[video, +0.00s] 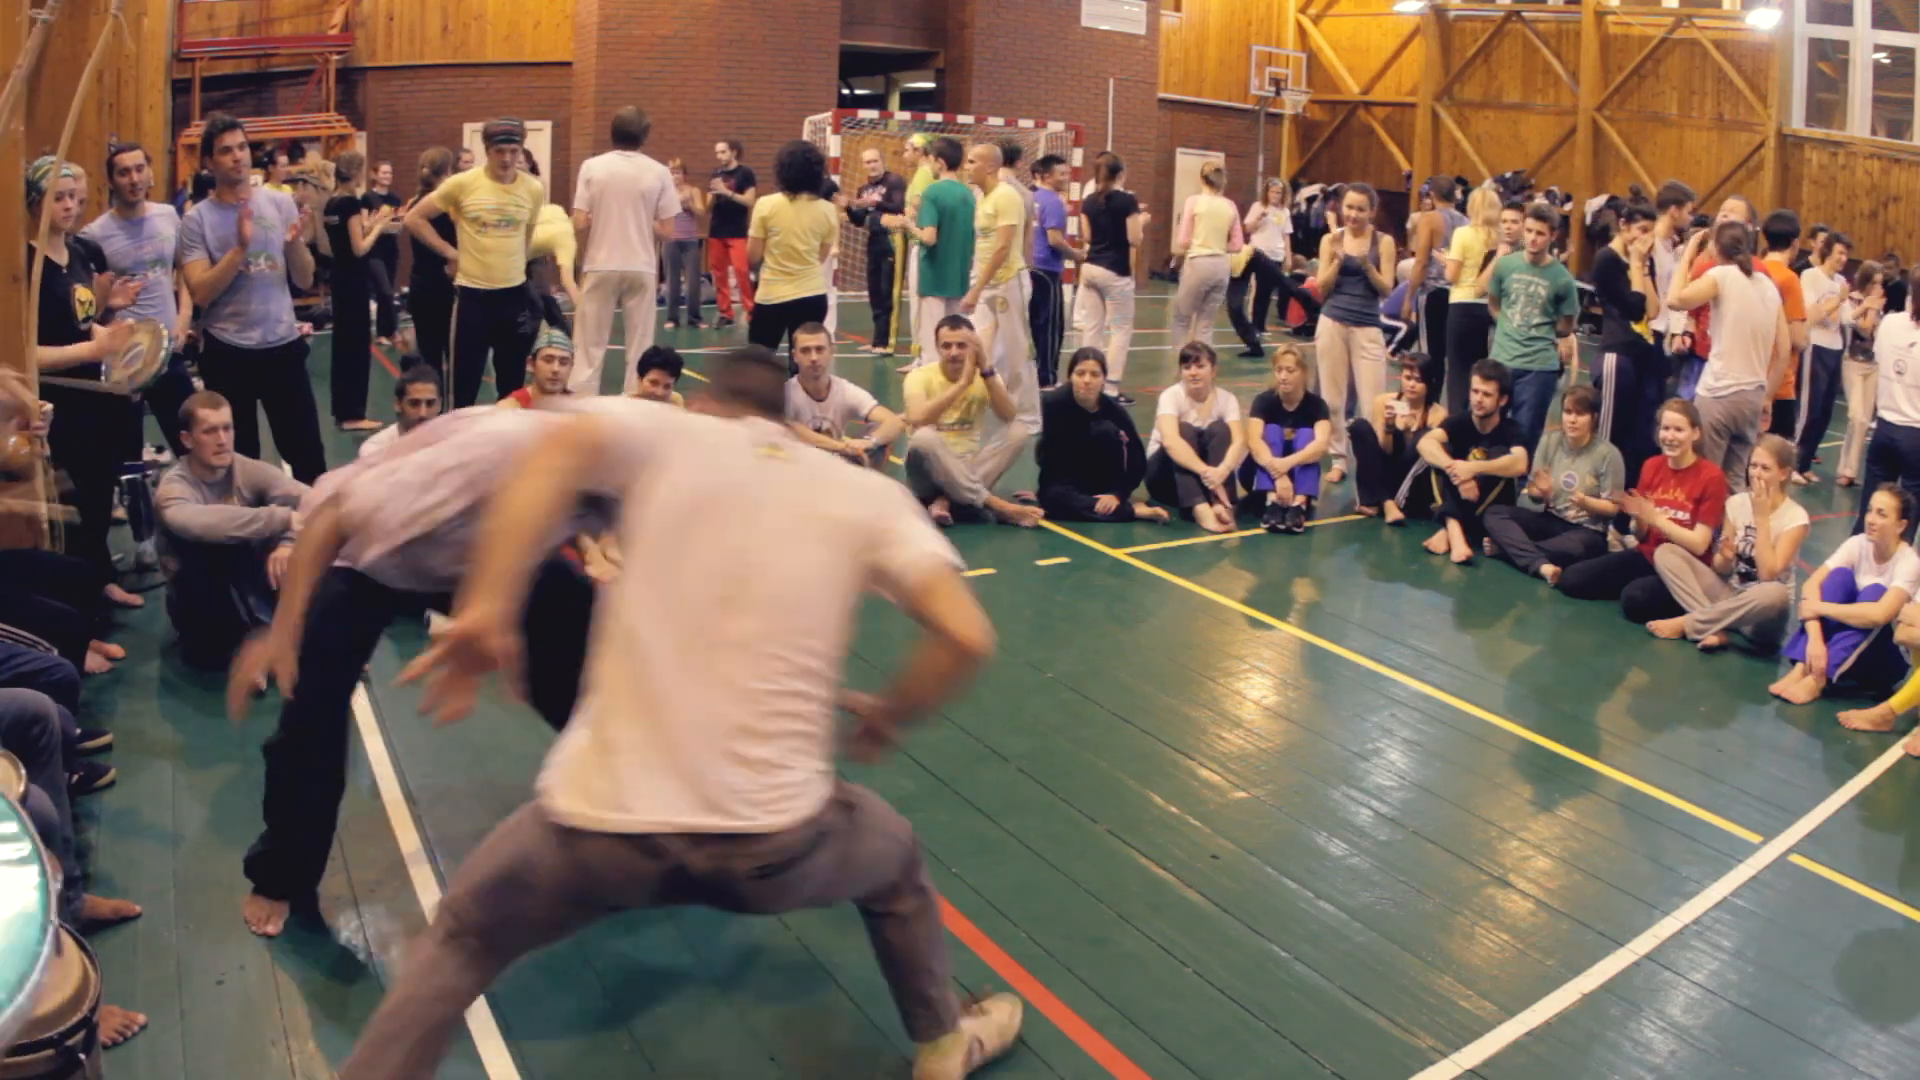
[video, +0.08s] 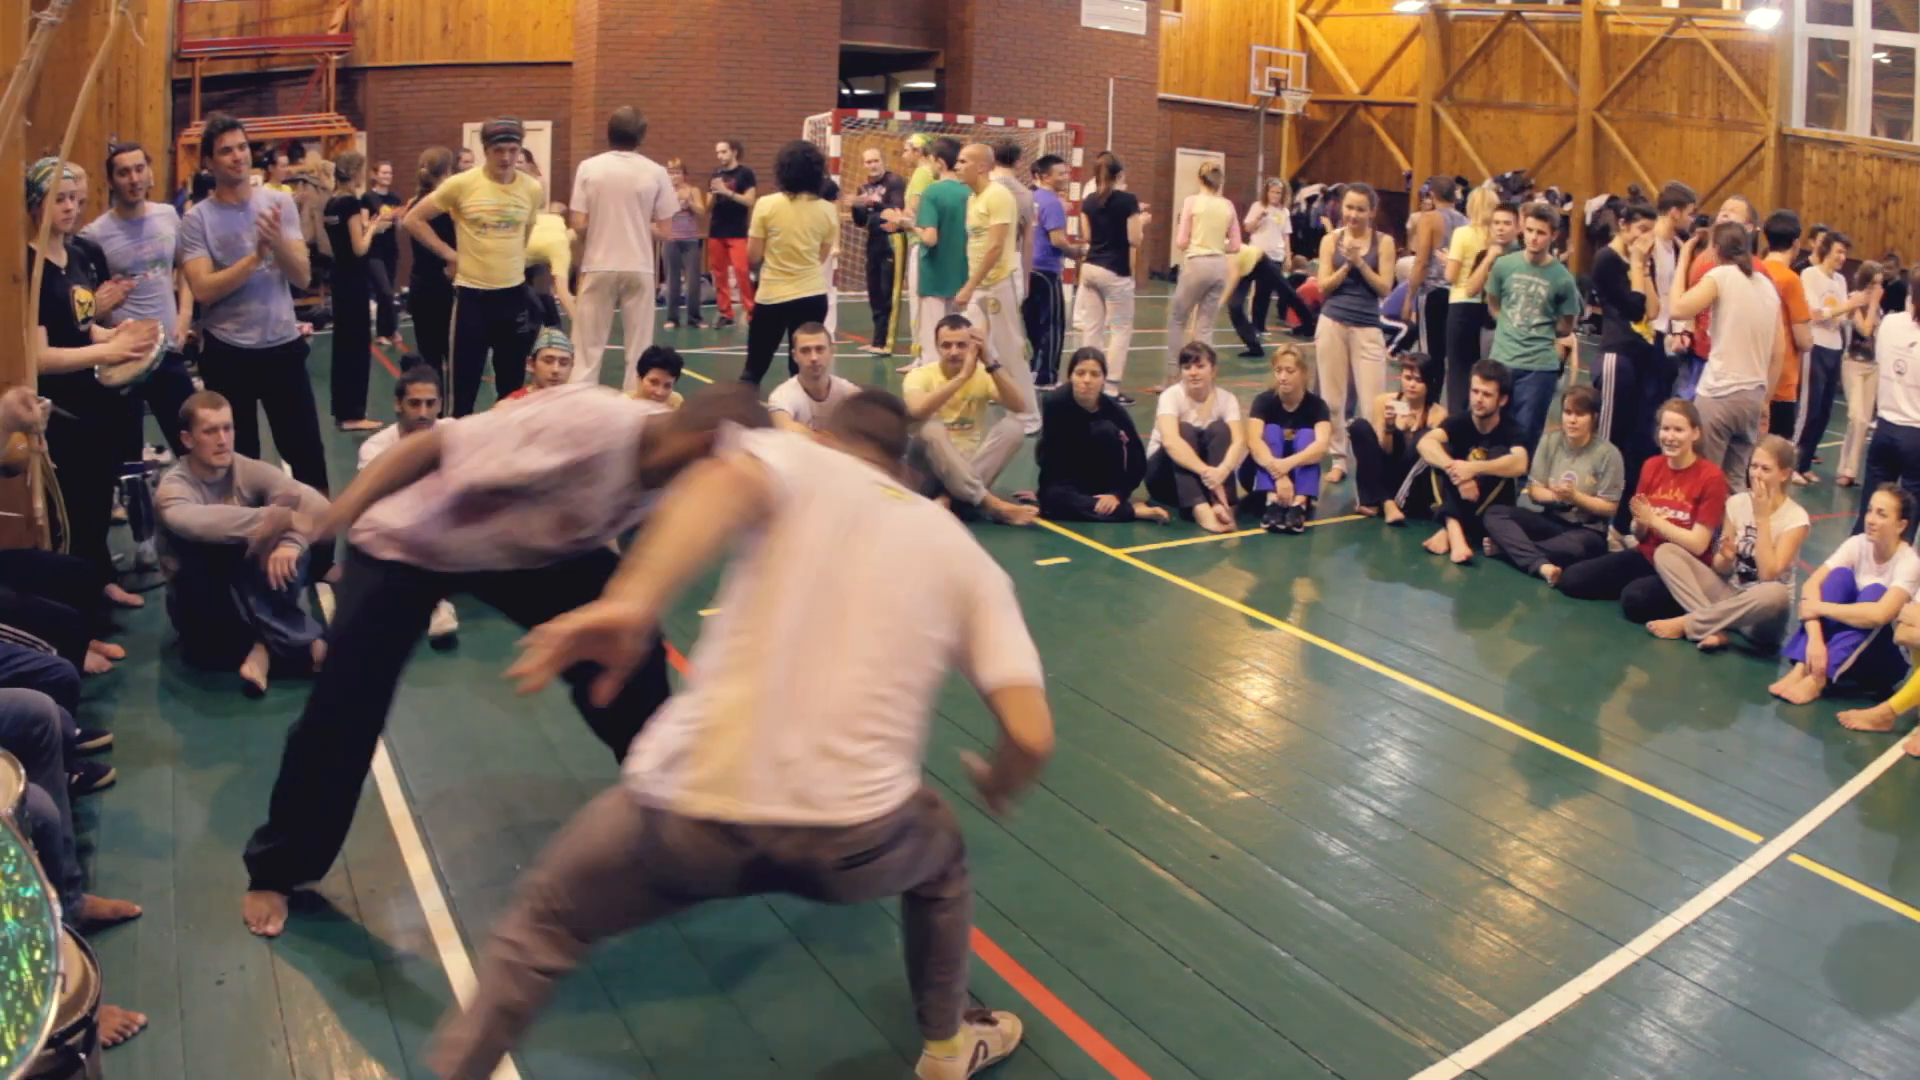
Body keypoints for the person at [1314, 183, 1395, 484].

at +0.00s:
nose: (1353, 214)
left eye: (1360, 209)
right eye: (1349, 208)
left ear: (1371, 211)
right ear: (1342, 208)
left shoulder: (1383, 242)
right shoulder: (1330, 239)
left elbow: (1386, 287)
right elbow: (1323, 285)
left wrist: (1367, 265)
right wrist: (1336, 261)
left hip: (1367, 323)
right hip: (1332, 320)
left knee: (1371, 397)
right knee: (1333, 396)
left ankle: (1371, 461)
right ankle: (1338, 457)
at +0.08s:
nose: (1353, 214)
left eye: (1360, 209)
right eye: (1349, 208)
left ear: (1372, 212)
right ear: (1342, 208)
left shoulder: (1383, 242)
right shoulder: (1331, 239)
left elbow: (1384, 287)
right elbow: (1323, 285)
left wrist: (1359, 263)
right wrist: (1347, 265)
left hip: (1367, 324)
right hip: (1331, 321)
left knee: (1371, 397)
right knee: (1333, 396)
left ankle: (1372, 461)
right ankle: (1338, 457)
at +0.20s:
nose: (1354, 215)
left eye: (1361, 210)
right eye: (1350, 208)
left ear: (1371, 212)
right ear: (1342, 209)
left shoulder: (1383, 242)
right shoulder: (1331, 239)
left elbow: (1386, 287)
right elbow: (1321, 286)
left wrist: (1363, 263)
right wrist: (1338, 259)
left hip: (1367, 324)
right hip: (1331, 321)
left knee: (1371, 398)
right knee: (1333, 396)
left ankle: (1371, 462)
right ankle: (1338, 458)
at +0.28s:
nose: (1354, 215)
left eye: (1360, 209)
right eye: (1349, 208)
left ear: (1371, 212)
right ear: (1341, 208)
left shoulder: (1383, 242)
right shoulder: (1330, 239)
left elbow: (1386, 288)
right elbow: (1322, 286)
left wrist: (1366, 264)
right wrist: (1333, 256)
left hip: (1367, 324)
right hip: (1331, 321)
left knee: (1371, 398)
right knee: (1333, 397)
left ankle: (1370, 462)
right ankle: (1338, 459)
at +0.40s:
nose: (1354, 214)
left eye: (1360, 209)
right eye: (1349, 208)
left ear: (1371, 212)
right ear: (1341, 208)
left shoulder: (1383, 242)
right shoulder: (1331, 240)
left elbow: (1383, 288)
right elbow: (1323, 286)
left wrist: (1358, 262)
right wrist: (1347, 264)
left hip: (1367, 324)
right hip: (1331, 321)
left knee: (1370, 397)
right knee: (1333, 396)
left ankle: (1370, 461)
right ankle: (1338, 458)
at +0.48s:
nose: (1354, 214)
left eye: (1360, 209)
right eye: (1349, 208)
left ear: (1371, 212)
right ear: (1342, 208)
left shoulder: (1383, 242)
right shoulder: (1330, 240)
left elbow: (1385, 287)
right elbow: (1322, 286)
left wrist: (1359, 264)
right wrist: (1345, 266)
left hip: (1366, 324)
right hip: (1331, 321)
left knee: (1370, 398)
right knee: (1333, 396)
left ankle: (1369, 462)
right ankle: (1338, 457)